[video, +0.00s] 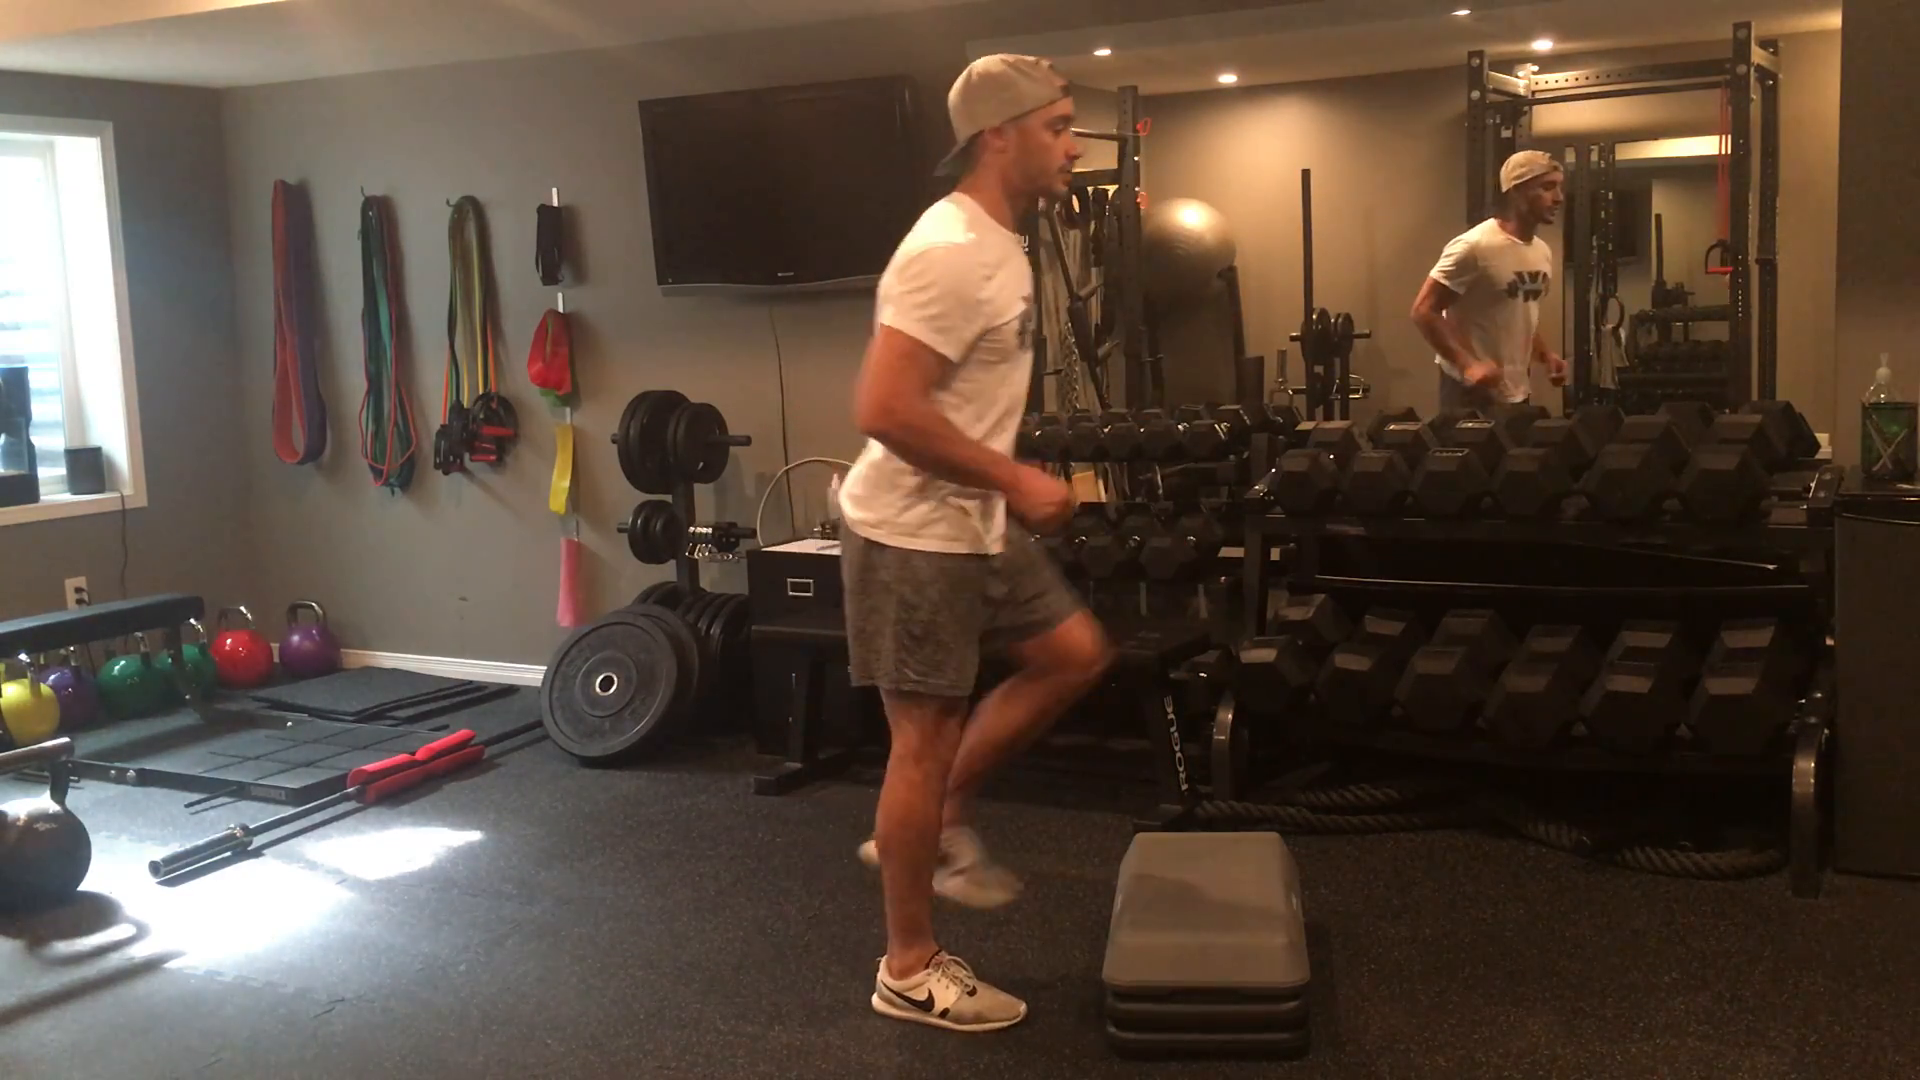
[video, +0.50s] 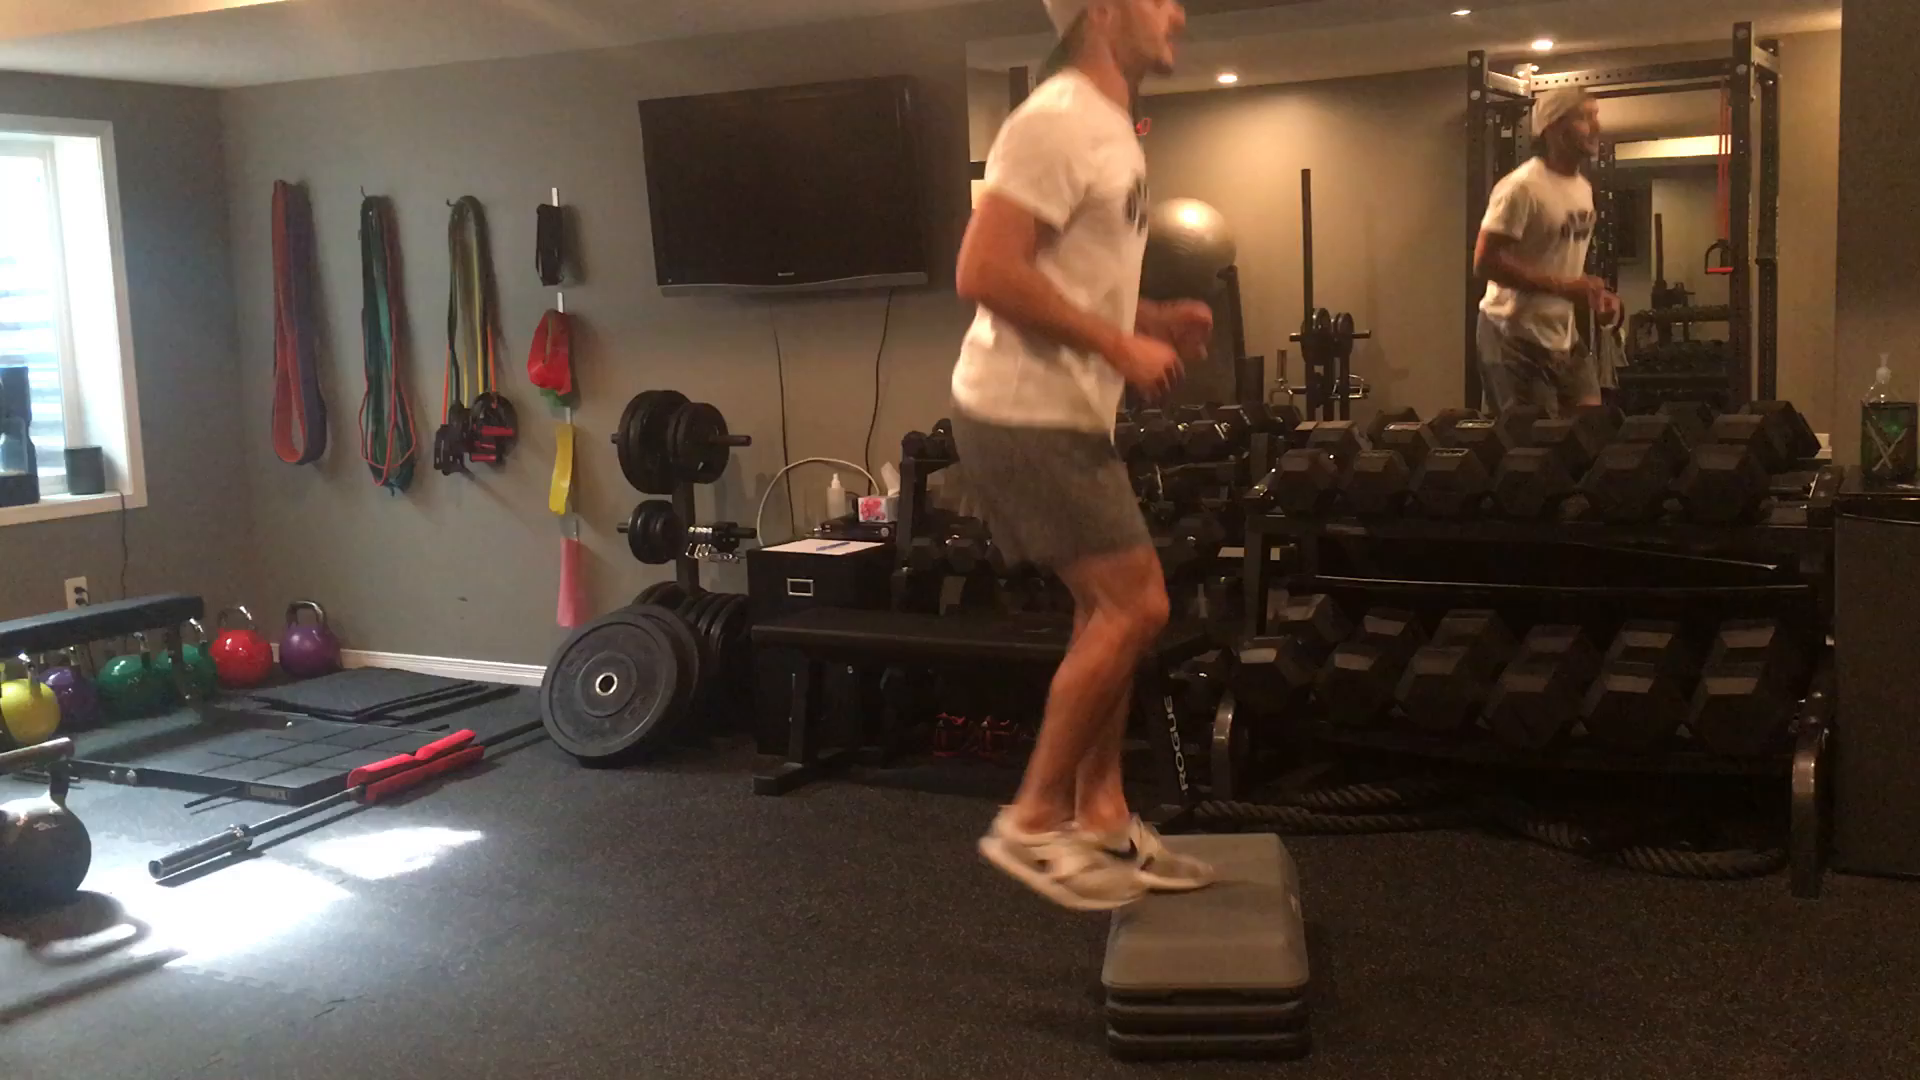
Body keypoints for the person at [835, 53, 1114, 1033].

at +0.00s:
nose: (1075, 142)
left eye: (1072, 125)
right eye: (1059, 126)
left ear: (1012, 140)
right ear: (999, 138)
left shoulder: (998, 243)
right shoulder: (948, 249)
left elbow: (940, 398)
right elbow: (885, 407)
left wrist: (1009, 477)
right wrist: (1013, 476)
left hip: (976, 524)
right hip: (913, 533)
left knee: (1072, 652)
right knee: (923, 746)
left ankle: (930, 811)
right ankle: (906, 965)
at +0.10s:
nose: (1101, 142)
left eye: (1096, 124)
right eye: (1084, 125)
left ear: (1032, 144)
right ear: (1025, 142)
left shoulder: (1008, 238)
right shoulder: (978, 251)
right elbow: (945, 414)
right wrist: (1075, 462)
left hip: (1005, 518)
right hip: (940, 534)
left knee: (1138, 612)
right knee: (931, 750)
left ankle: (1033, 801)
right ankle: (910, 962)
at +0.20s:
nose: (1137, 130)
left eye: (1132, 113)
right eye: (1119, 115)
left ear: (1065, 138)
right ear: (1061, 136)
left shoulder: (1033, 231)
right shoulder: (1014, 242)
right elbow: (993, 405)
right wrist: (1124, 433)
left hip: (1029, 506)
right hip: (966, 522)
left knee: (1168, 607)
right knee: (956, 746)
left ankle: (1105, 821)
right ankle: (913, 958)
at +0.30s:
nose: (1164, 116)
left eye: (1158, 100)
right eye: (1147, 100)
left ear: (1098, 121)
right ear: (1092, 119)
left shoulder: (1090, 227)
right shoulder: (1048, 222)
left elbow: (1034, 386)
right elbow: (1005, 381)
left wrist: (1102, 454)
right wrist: (1133, 424)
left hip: (1071, 502)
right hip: (1004, 510)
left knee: (1174, 632)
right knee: (1026, 720)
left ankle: (1103, 845)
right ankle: (929, 937)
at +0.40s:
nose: (1175, 80)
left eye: (1169, 63)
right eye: (1158, 64)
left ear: (1112, 82)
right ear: (1106, 80)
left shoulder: (1108, 190)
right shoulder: (1053, 183)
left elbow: (1064, 344)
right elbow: (992, 338)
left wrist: (1142, 394)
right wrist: (1126, 396)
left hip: (1077, 466)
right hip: (1015, 473)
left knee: (1162, 630)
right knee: (1113, 666)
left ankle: (1102, 845)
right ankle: (966, 862)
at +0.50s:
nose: (1178, 16)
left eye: (1174, 3)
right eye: (1163, 1)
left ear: (1116, 17)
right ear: (1107, 11)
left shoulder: (1108, 124)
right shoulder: (1056, 117)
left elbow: (1053, 278)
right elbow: (984, 270)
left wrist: (1144, 321)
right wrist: (1118, 344)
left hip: (1061, 406)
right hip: (1025, 410)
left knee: (1112, 609)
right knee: (1134, 604)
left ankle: (1101, 819)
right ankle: (1031, 821)